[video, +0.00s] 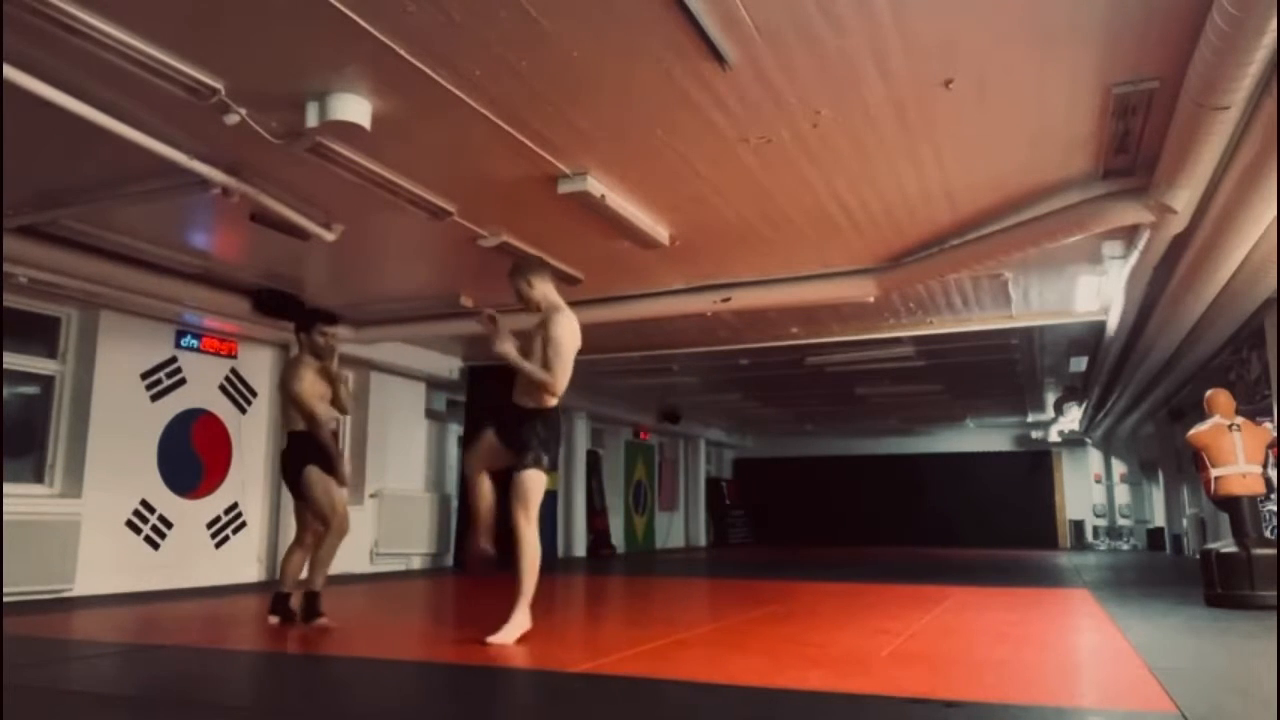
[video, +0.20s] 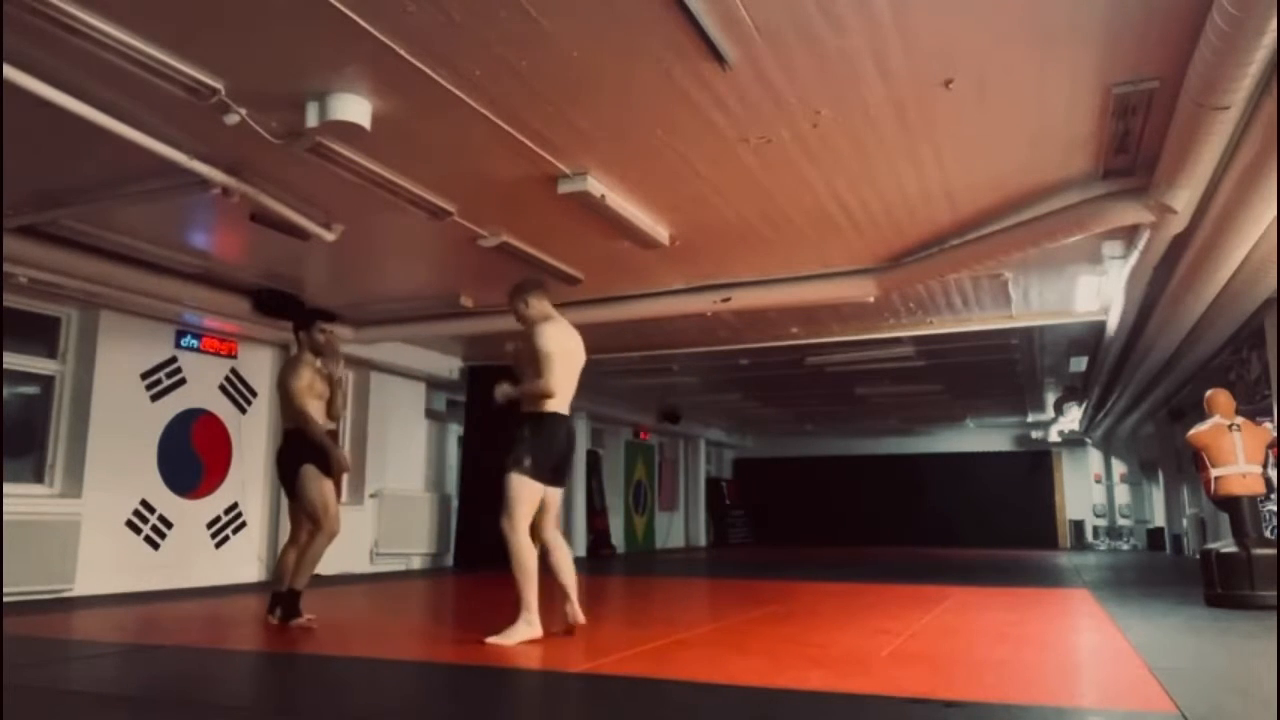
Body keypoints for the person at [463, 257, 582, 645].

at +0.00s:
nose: (521, 301)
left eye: (521, 292)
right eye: (518, 294)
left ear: (537, 284)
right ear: (537, 284)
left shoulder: (562, 323)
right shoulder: (548, 320)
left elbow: (555, 385)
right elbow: (524, 350)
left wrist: (511, 355)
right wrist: (499, 330)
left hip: (540, 423)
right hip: (518, 418)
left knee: (525, 516)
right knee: (475, 461)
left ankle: (522, 611)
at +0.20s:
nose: (519, 319)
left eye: (518, 312)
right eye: (517, 313)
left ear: (530, 304)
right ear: (546, 301)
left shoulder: (543, 332)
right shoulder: (573, 336)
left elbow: (549, 385)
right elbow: (561, 383)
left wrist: (514, 391)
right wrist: (525, 364)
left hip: (539, 428)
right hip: (562, 430)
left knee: (515, 523)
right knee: (548, 528)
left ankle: (529, 618)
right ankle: (574, 607)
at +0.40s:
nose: (525, 333)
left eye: (524, 327)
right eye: (524, 328)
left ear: (532, 320)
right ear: (552, 315)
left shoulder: (542, 340)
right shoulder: (587, 347)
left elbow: (524, 390)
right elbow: (580, 393)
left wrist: (491, 406)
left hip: (549, 439)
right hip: (580, 441)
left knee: (506, 522)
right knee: (562, 531)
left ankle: (525, 613)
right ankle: (577, 616)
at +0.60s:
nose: (529, 328)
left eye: (529, 323)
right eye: (527, 324)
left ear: (539, 313)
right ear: (558, 309)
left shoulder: (547, 330)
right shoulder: (593, 342)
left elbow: (493, 359)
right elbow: (562, 367)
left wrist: (470, 350)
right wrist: (528, 356)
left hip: (553, 433)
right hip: (583, 437)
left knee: (521, 522)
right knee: (575, 532)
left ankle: (533, 614)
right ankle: (579, 617)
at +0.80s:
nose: (531, 331)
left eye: (530, 326)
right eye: (529, 327)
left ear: (540, 313)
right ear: (556, 308)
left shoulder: (546, 336)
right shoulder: (593, 344)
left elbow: (492, 371)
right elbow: (569, 376)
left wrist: (474, 344)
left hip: (547, 436)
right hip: (580, 438)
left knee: (530, 530)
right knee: (576, 535)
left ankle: (536, 620)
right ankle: (580, 618)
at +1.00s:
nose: (526, 335)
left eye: (524, 329)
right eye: (523, 330)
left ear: (534, 316)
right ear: (549, 311)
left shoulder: (544, 340)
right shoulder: (590, 346)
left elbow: (514, 394)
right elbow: (571, 388)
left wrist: (477, 383)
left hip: (545, 436)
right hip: (578, 438)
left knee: (532, 532)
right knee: (570, 532)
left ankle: (536, 621)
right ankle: (579, 617)